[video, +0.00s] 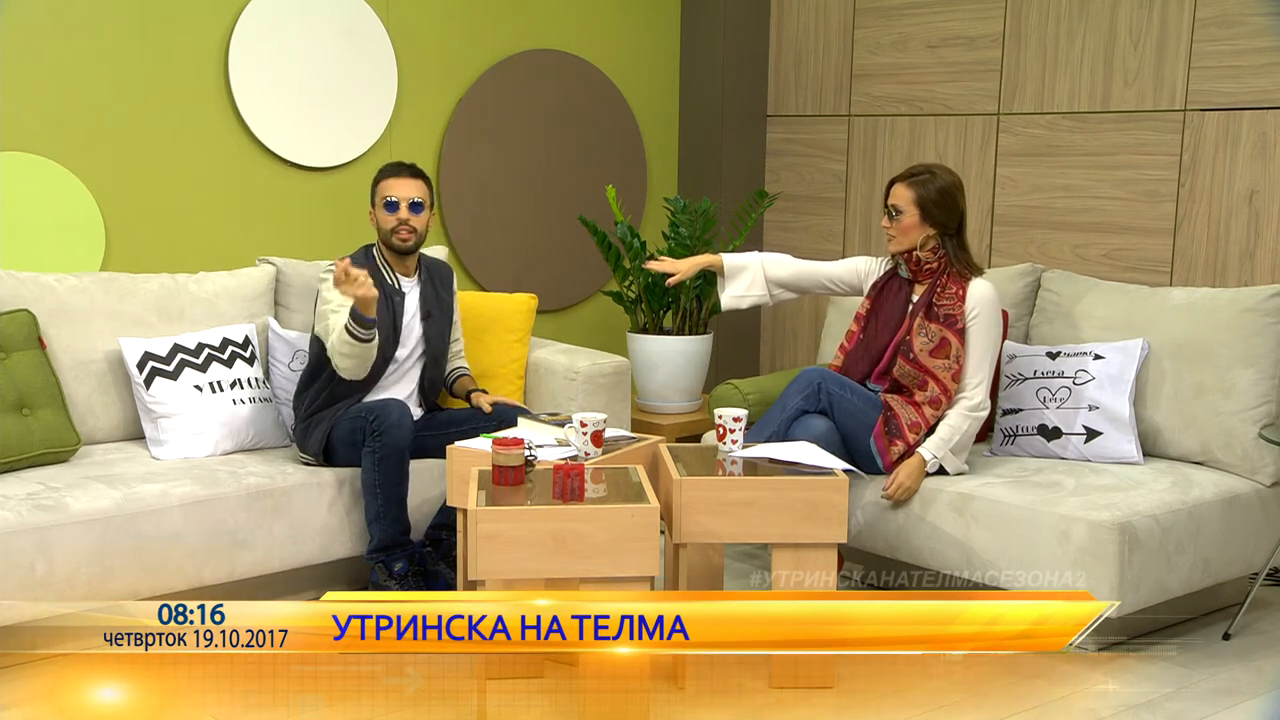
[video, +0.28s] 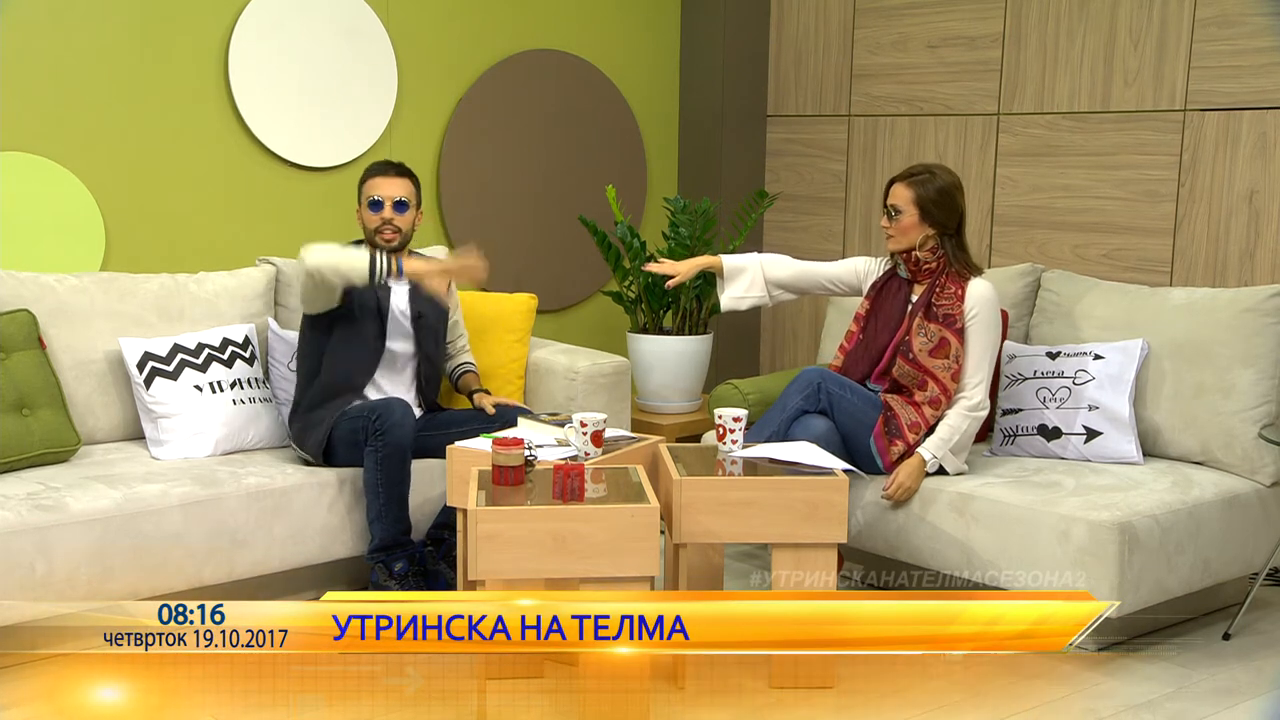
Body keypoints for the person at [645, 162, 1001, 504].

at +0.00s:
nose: (885, 222)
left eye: (897, 214)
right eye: (887, 212)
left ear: (934, 222)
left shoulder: (976, 295)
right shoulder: (883, 271)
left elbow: (973, 400)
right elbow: (799, 272)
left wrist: (921, 461)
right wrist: (707, 262)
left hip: (915, 440)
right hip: (862, 423)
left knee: (817, 379)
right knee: (811, 429)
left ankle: (728, 467)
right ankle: (808, 568)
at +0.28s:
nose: (885, 222)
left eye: (896, 214)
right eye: (886, 212)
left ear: (933, 222)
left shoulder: (975, 295)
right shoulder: (882, 271)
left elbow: (972, 400)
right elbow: (797, 273)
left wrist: (921, 460)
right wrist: (705, 263)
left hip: (915, 440)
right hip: (862, 423)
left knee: (817, 379)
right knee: (811, 429)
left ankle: (728, 467)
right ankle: (806, 568)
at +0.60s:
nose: (884, 222)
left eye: (895, 213)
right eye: (886, 212)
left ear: (932, 222)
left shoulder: (974, 295)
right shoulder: (881, 271)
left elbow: (972, 399)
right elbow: (797, 273)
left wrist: (921, 460)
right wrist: (705, 262)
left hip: (915, 440)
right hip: (862, 423)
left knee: (817, 379)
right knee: (811, 429)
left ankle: (729, 467)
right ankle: (805, 569)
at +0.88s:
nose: (883, 222)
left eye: (895, 213)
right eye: (885, 212)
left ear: (932, 222)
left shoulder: (974, 294)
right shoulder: (881, 272)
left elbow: (972, 398)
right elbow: (796, 273)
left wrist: (922, 460)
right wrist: (705, 263)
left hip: (915, 440)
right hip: (862, 423)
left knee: (816, 379)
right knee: (811, 429)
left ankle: (729, 468)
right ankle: (804, 569)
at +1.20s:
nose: (883, 222)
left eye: (895, 213)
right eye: (885, 211)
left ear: (932, 221)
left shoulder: (974, 293)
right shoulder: (880, 273)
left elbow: (971, 398)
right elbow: (793, 275)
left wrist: (922, 460)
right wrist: (702, 266)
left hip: (915, 440)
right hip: (861, 423)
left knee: (816, 379)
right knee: (811, 429)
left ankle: (727, 468)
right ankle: (802, 571)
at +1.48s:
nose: (884, 220)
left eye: (896, 212)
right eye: (885, 211)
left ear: (933, 221)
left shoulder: (974, 292)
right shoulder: (881, 273)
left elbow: (970, 396)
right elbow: (799, 278)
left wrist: (922, 459)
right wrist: (707, 272)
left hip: (915, 439)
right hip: (860, 423)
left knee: (815, 380)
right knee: (811, 430)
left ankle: (729, 471)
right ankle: (811, 570)